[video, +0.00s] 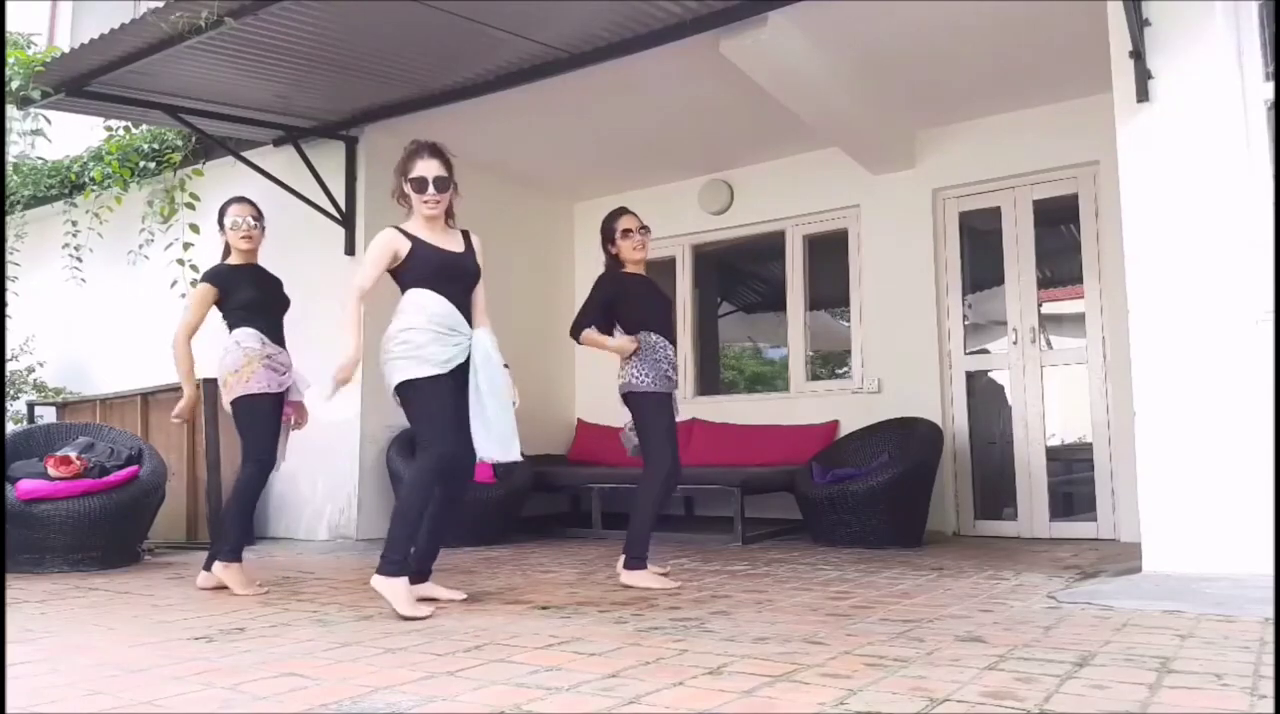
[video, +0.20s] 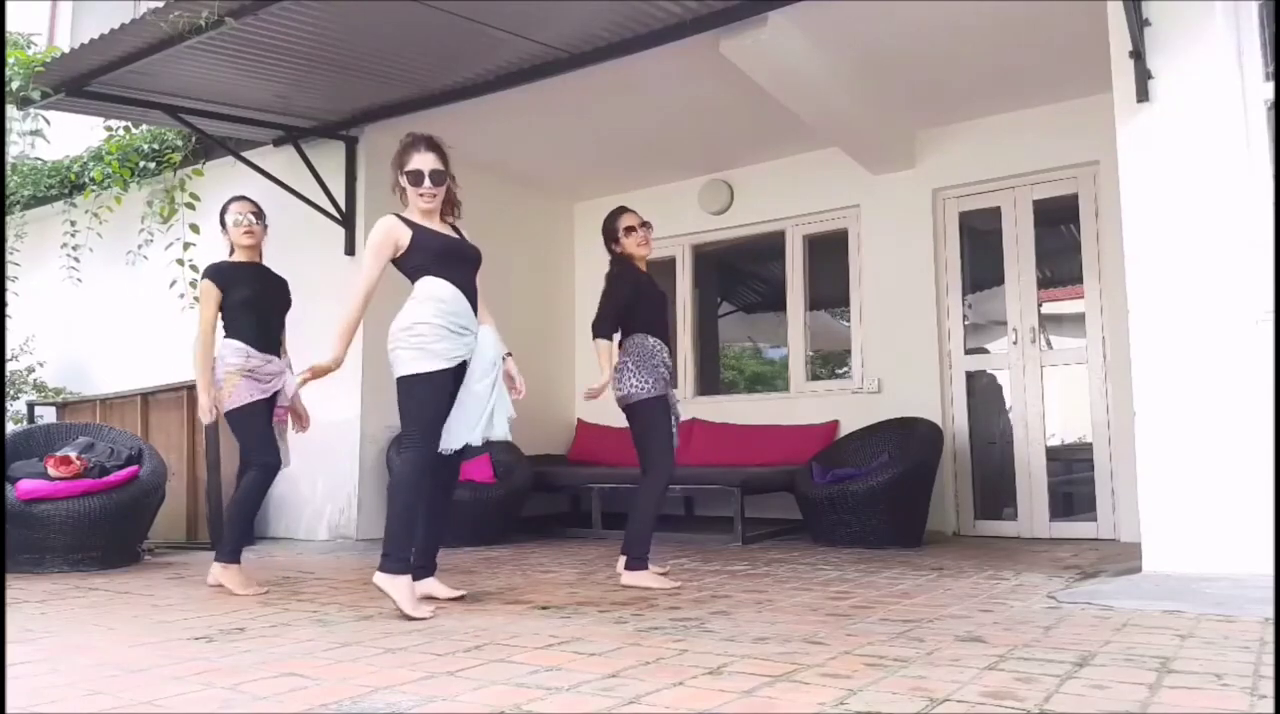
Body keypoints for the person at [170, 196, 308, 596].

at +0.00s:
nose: (248, 228)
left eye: (254, 221)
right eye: (237, 223)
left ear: (263, 229)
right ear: (224, 233)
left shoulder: (271, 279)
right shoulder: (221, 275)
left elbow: (278, 342)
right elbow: (182, 336)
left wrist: (292, 394)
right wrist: (190, 390)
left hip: (276, 376)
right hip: (246, 372)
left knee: (257, 465)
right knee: (259, 462)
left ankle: (215, 564)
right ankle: (228, 560)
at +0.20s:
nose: (247, 223)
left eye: (254, 218)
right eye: (237, 219)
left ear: (264, 229)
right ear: (226, 232)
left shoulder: (279, 284)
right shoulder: (218, 273)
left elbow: (280, 347)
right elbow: (205, 335)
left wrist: (293, 397)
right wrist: (204, 390)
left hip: (271, 378)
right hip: (234, 375)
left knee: (250, 469)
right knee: (266, 460)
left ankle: (229, 562)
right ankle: (226, 563)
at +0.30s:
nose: (247, 229)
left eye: (254, 224)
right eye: (238, 225)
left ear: (265, 236)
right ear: (225, 238)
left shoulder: (275, 293)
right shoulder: (215, 278)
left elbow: (281, 356)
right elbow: (209, 344)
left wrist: (297, 404)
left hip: (270, 385)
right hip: (230, 382)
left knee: (258, 471)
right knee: (260, 465)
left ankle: (226, 563)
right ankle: (229, 566)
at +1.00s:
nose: (247, 243)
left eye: (255, 237)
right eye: (238, 237)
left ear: (265, 243)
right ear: (225, 243)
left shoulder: (279, 293)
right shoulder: (212, 286)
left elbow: (287, 355)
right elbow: (168, 332)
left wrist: (303, 403)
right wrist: (199, 353)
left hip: (272, 386)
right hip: (228, 383)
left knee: (263, 474)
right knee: (248, 462)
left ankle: (229, 561)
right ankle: (217, 557)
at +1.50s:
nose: (249, 247)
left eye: (257, 239)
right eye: (240, 240)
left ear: (270, 246)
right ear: (230, 246)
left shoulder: (283, 299)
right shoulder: (212, 287)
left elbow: (290, 363)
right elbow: (208, 347)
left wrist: (309, 412)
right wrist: (180, 314)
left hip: (272, 392)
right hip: (227, 389)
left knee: (268, 479)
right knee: (230, 468)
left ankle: (240, 564)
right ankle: (214, 564)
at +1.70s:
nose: (249, 259)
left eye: (257, 252)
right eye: (241, 253)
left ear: (270, 257)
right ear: (231, 258)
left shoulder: (284, 308)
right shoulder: (214, 296)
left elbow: (298, 368)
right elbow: (156, 318)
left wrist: (316, 414)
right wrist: (203, 300)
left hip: (275, 398)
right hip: (230, 397)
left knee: (275, 490)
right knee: (224, 472)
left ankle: (240, 567)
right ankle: (215, 559)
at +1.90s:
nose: (246, 257)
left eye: (255, 251)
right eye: (239, 251)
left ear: (269, 258)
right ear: (229, 258)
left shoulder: (283, 310)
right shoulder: (213, 299)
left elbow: (301, 370)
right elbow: (156, 326)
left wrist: (321, 421)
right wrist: (181, 349)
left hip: (275, 399)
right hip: (229, 398)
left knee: (277, 480)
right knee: (216, 473)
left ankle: (240, 566)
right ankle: (215, 568)